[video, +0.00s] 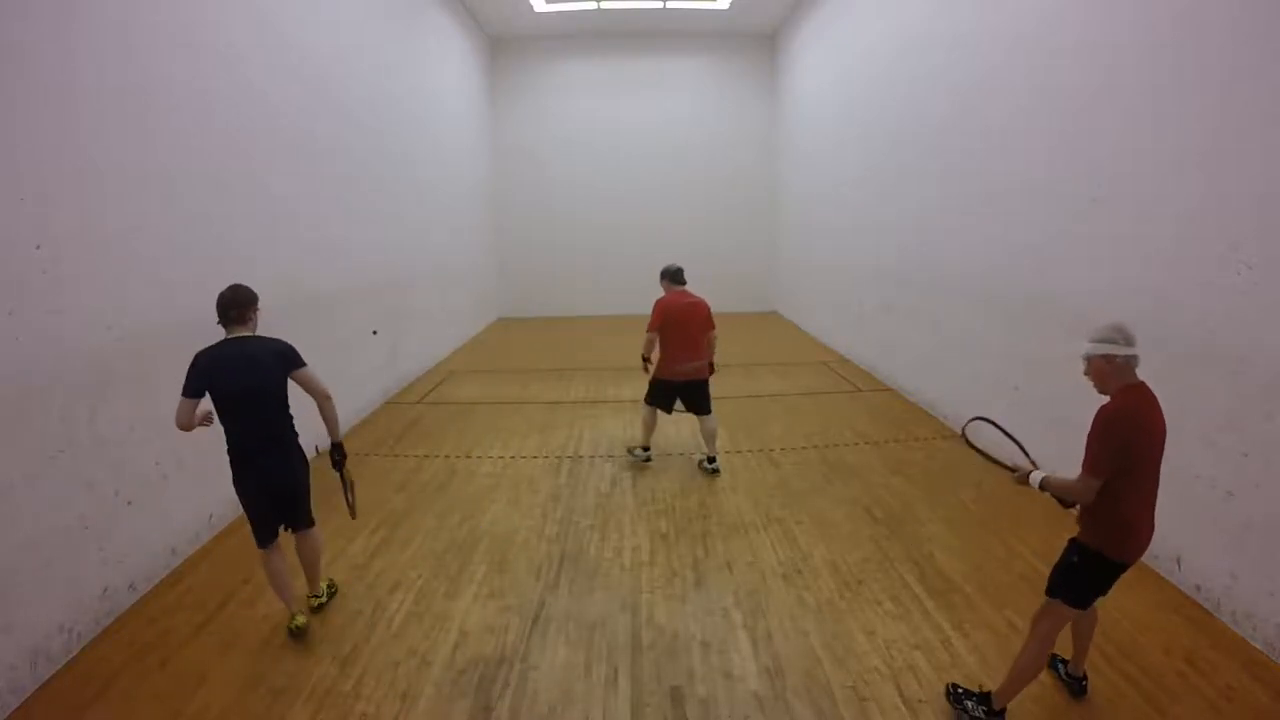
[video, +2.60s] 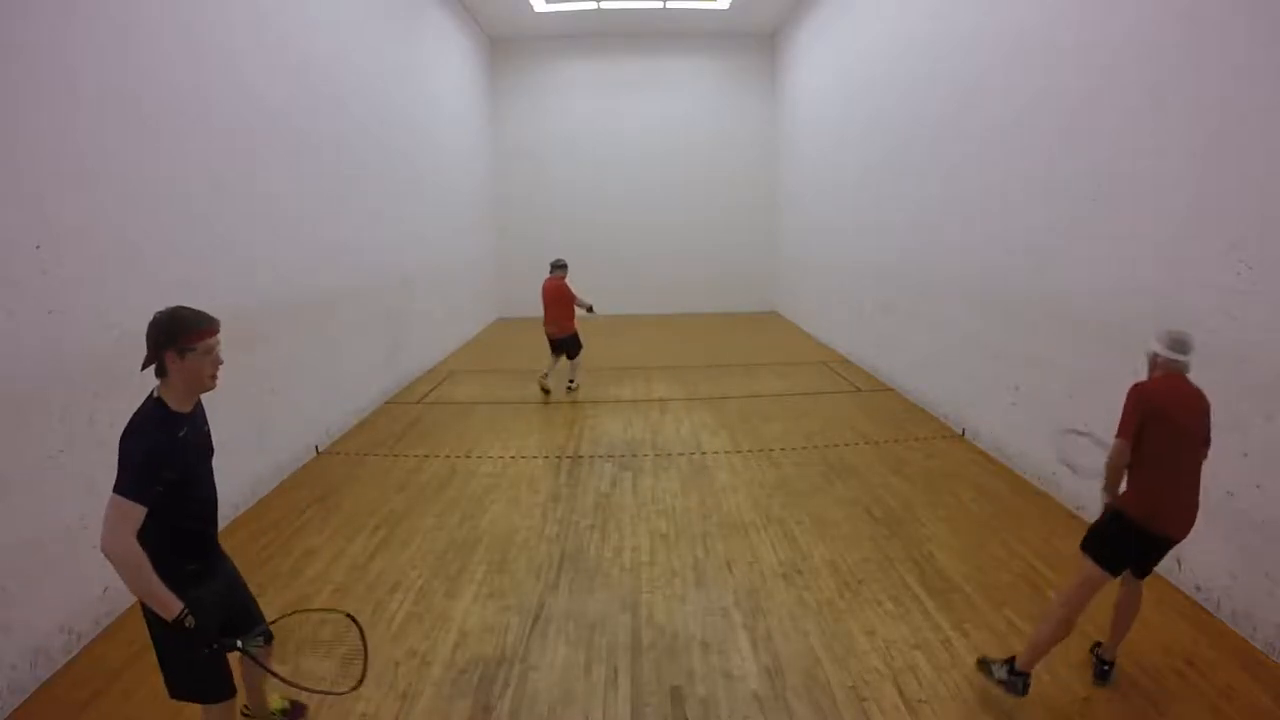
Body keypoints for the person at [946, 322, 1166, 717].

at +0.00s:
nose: (1086, 371)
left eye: (1090, 362)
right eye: (1086, 362)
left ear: (1114, 362)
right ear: (1123, 363)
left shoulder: (1115, 414)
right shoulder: (1145, 403)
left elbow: (1086, 489)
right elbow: (1128, 477)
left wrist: (1038, 478)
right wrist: (1081, 498)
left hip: (1103, 538)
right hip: (1130, 535)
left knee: (1048, 621)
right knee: (1084, 600)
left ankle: (995, 704)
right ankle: (1076, 672)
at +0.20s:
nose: (1098, 367)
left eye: (1103, 358)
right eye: (1098, 358)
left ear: (1126, 359)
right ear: (1134, 361)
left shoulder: (1125, 410)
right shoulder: (1158, 402)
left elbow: (1093, 485)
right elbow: (1139, 475)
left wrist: (1048, 467)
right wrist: (1091, 493)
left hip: (1115, 536)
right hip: (1143, 536)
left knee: (1052, 612)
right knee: (1093, 601)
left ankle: (1043, 706)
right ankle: (1077, 673)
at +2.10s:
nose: (1066, 380)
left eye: (1067, 374)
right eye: (1068, 374)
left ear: (1072, 379)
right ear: (1110, 381)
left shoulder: (1063, 425)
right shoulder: (1133, 427)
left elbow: (1040, 503)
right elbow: (1158, 508)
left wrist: (1053, 526)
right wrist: (1127, 533)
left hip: (1077, 564)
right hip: (1127, 563)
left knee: (1015, 640)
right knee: (1096, 608)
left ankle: (996, 715)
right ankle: (1092, 687)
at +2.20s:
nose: (1078, 385)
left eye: (1080, 380)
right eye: (1082, 380)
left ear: (1085, 383)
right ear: (1123, 388)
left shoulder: (1070, 425)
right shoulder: (1142, 435)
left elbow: (1038, 496)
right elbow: (1164, 512)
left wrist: (1045, 524)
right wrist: (1156, 560)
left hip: (1075, 566)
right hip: (1127, 567)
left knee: (1013, 640)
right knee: (1106, 605)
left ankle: (996, 714)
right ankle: (1100, 672)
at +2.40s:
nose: (1124, 389)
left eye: (1125, 384)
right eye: (1130, 385)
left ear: (1126, 387)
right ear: (1161, 393)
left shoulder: (1106, 421)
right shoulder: (1175, 441)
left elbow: (1062, 472)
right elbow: (1193, 511)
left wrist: (1034, 502)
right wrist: (1209, 558)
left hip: (1096, 550)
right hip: (1143, 557)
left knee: (1041, 639)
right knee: (1118, 593)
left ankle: (995, 716)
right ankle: (1105, 660)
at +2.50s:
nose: (1140, 385)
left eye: (1142, 380)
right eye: (1146, 381)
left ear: (1144, 381)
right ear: (1177, 388)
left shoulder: (1129, 413)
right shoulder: (1186, 430)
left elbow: (1098, 463)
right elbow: (1192, 485)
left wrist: (1066, 496)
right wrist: (1193, 513)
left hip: (1115, 537)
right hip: (1159, 545)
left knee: (1057, 619)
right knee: (1122, 584)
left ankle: (1001, 705)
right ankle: (1105, 660)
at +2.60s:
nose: (1147, 362)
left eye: (1150, 356)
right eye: (1151, 357)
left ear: (1156, 359)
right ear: (1186, 364)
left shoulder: (1144, 392)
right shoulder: (1200, 401)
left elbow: (1120, 453)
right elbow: (1199, 455)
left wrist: (1110, 493)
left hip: (1137, 510)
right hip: (1178, 520)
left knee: (1080, 590)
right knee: (1133, 579)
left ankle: (1019, 669)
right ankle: (1107, 659)